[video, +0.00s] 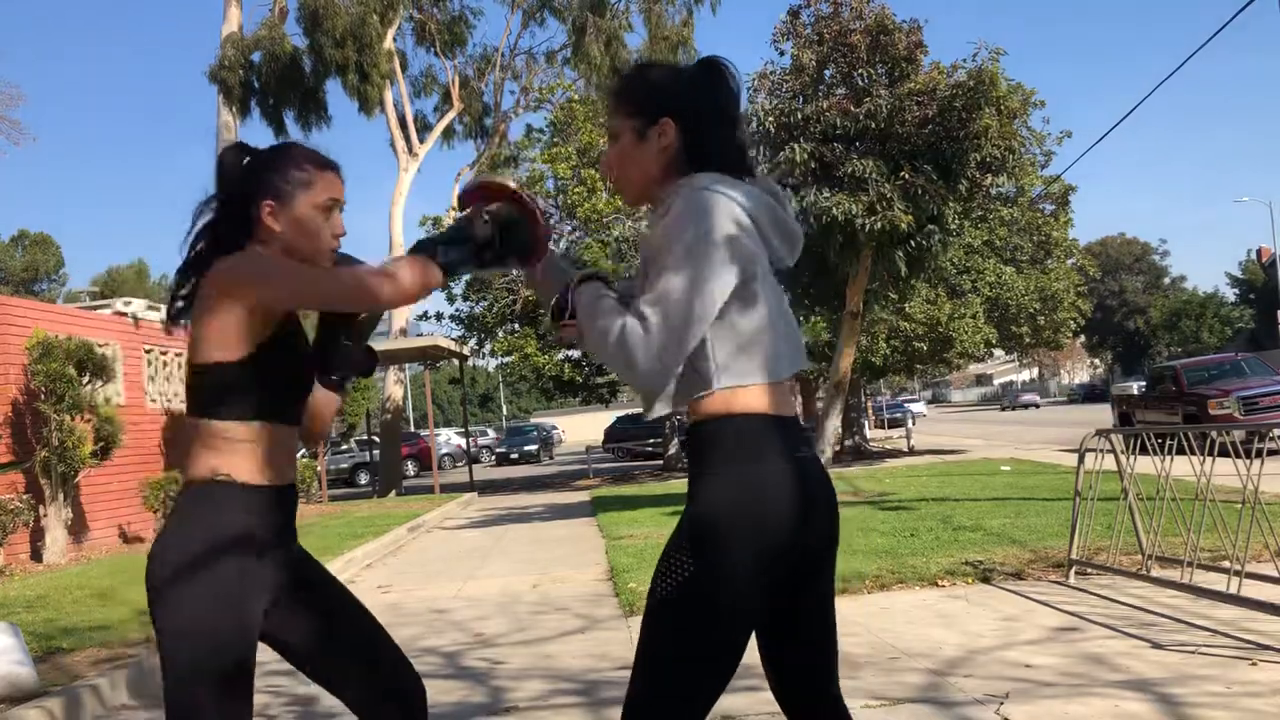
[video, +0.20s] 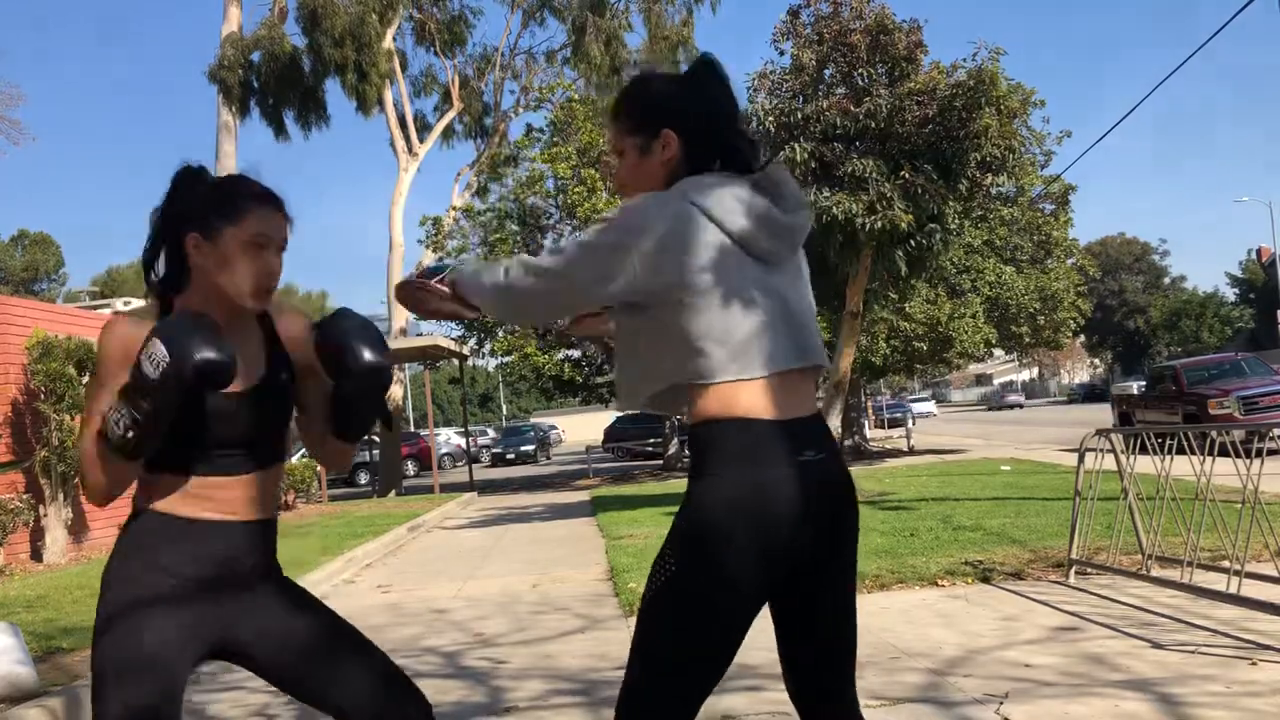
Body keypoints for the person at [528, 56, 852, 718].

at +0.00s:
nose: (605, 157)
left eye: (616, 137)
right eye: (608, 140)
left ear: (663, 138)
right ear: (665, 139)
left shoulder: (698, 210)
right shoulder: (727, 206)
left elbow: (647, 359)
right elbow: (645, 332)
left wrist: (576, 291)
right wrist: (545, 265)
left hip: (739, 484)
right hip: (791, 477)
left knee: (656, 708)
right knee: (814, 701)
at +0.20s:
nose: (613, 174)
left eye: (619, 155)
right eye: (611, 157)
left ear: (667, 147)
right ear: (675, 144)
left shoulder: (658, 220)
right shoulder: (770, 215)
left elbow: (541, 285)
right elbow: (682, 325)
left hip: (737, 484)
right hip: (822, 479)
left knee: (651, 706)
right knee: (831, 702)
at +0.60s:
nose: (582, 158)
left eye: (594, 139)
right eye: (585, 140)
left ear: (643, 144)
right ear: (647, 145)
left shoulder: (645, 214)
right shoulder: (706, 215)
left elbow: (552, 290)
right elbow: (610, 350)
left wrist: (446, 339)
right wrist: (546, 269)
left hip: (711, 478)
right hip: (783, 468)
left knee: (629, 704)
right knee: (818, 695)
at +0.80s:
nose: (565, 166)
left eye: (571, 149)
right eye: (564, 150)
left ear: (622, 142)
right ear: (648, 143)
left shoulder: (608, 212)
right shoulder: (721, 205)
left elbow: (471, 212)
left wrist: (347, 172)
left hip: (716, 490)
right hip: (794, 479)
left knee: (627, 706)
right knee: (810, 692)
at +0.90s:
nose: (591, 181)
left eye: (595, 165)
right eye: (588, 167)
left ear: (642, 155)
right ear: (654, 150)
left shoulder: (635, 220)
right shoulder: (740, 217)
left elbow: (474, 253)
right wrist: (473, 256)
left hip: (725, 491)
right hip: (809, 483)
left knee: (628, 707)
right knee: (821, 699)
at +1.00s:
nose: (614, 186)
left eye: (620, 168)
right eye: (611, 170)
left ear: (669, 155)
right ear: (672, 157)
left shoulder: (656, 226)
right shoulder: (758, 220)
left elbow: (537, 313)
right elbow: (709, 315)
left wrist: (584, 333)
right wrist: (620, 327)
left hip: (738, 490)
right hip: (820, 484)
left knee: (637, 707)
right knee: (824, 702)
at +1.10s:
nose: (620, 186)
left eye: (628, 163)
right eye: (619, 167)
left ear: (680, 154)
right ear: (685, 155)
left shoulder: (688, 222)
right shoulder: (763, 222)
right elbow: (719, 379)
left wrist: (602, 332)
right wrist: (626, 361)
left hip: (751, 491)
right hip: (822, 484)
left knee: (639, 707)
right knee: (823, 701)